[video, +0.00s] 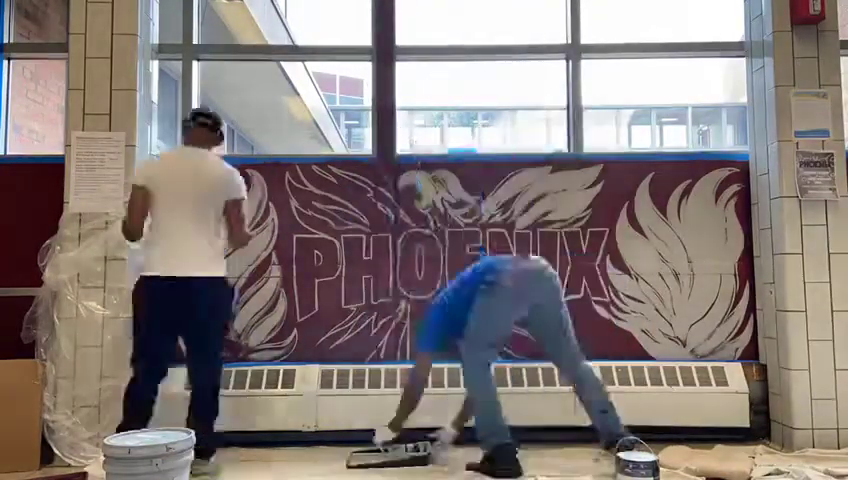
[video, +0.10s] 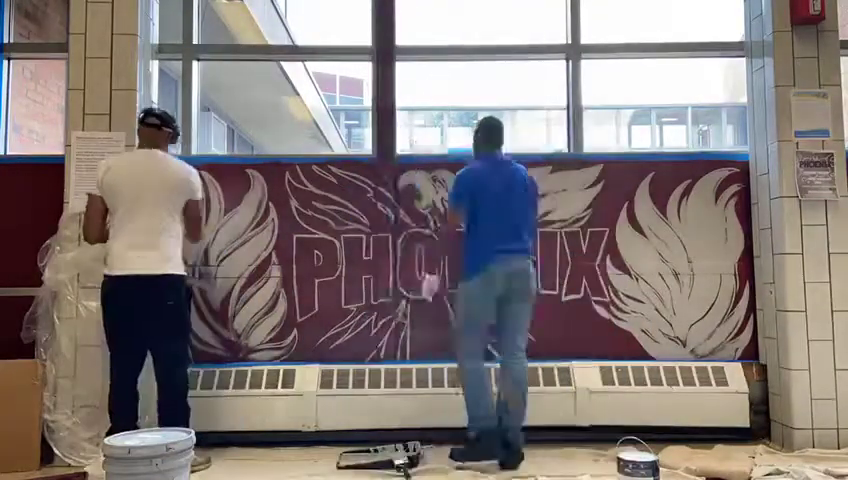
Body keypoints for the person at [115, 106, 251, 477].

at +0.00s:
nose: (216, 146)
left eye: (213, 140)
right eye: (219, 142)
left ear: (184, 134)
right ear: (219, 140)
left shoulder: (152, 167)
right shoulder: (228, 175)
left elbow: (132, 230)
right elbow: (239, 237)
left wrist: (137, 218)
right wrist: (217, 243)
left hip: (158, 284)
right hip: (206, 285)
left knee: (148, 370)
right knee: (206, 375)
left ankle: (125, 451)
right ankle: (201, 455)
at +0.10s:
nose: (170, 142)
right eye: (171, 136)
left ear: (138, 133)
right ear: (169, 137)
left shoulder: (110, 168)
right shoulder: (186, 174)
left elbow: (94, 233)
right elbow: (195, 232)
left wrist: (126, 220)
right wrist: (168, 210)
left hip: (120, 285)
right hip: (167, 285)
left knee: (123, 373)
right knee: (172, 374)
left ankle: (121, 457)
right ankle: (176, 455)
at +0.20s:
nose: (178, 151)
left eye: (178, 147)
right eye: (179, 146)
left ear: (143, 136)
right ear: (172, 142)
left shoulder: (108, 168)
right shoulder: (185, 179)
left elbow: (90, 230)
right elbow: (185, 243)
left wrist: (123, 228)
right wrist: (155, 234)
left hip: (114, 285)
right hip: (162, 286)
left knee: (120, 372)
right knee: (169, 373)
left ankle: (121, 456)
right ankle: (176, 455)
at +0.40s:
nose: (182, 152)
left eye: (182, 147)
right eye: (183, 147)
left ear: (147, 136)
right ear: (175, 142)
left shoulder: (109, 167)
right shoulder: (186, 179)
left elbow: (90, 229)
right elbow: (183, 237)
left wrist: (124, 226)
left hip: (115, 286)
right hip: (163, 286)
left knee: (120, 373)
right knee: (170, 374)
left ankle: (121, 457)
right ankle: (177, 455)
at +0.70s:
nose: (190, 159)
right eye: (192, 154)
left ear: (159, 142)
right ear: (190, 151)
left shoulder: (126, 165)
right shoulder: (198, 183)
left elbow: (109, 223)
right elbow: (200, 238)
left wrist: (89, 273)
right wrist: (200, 268)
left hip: (130, 282)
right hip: (178, 285)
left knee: (130, 372)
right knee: (177, 373)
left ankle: (123, 452)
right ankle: (173, 453)